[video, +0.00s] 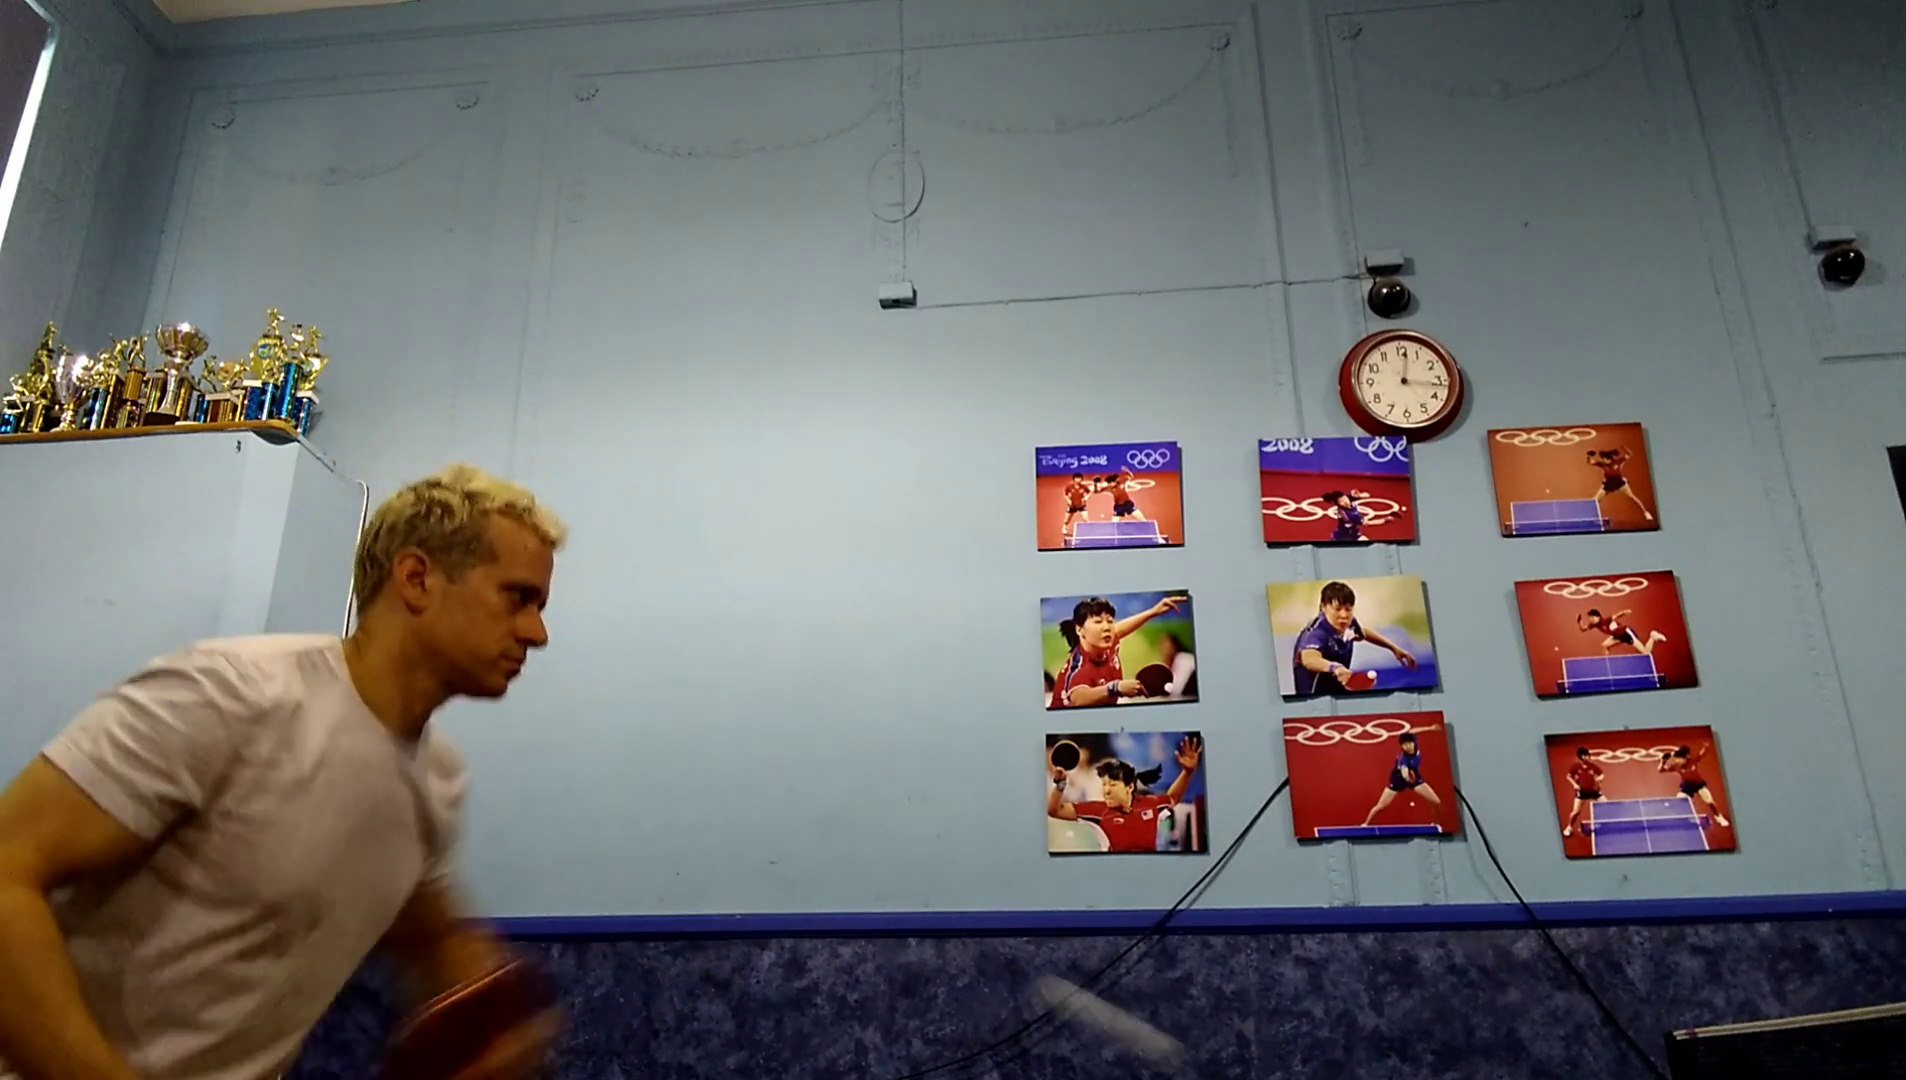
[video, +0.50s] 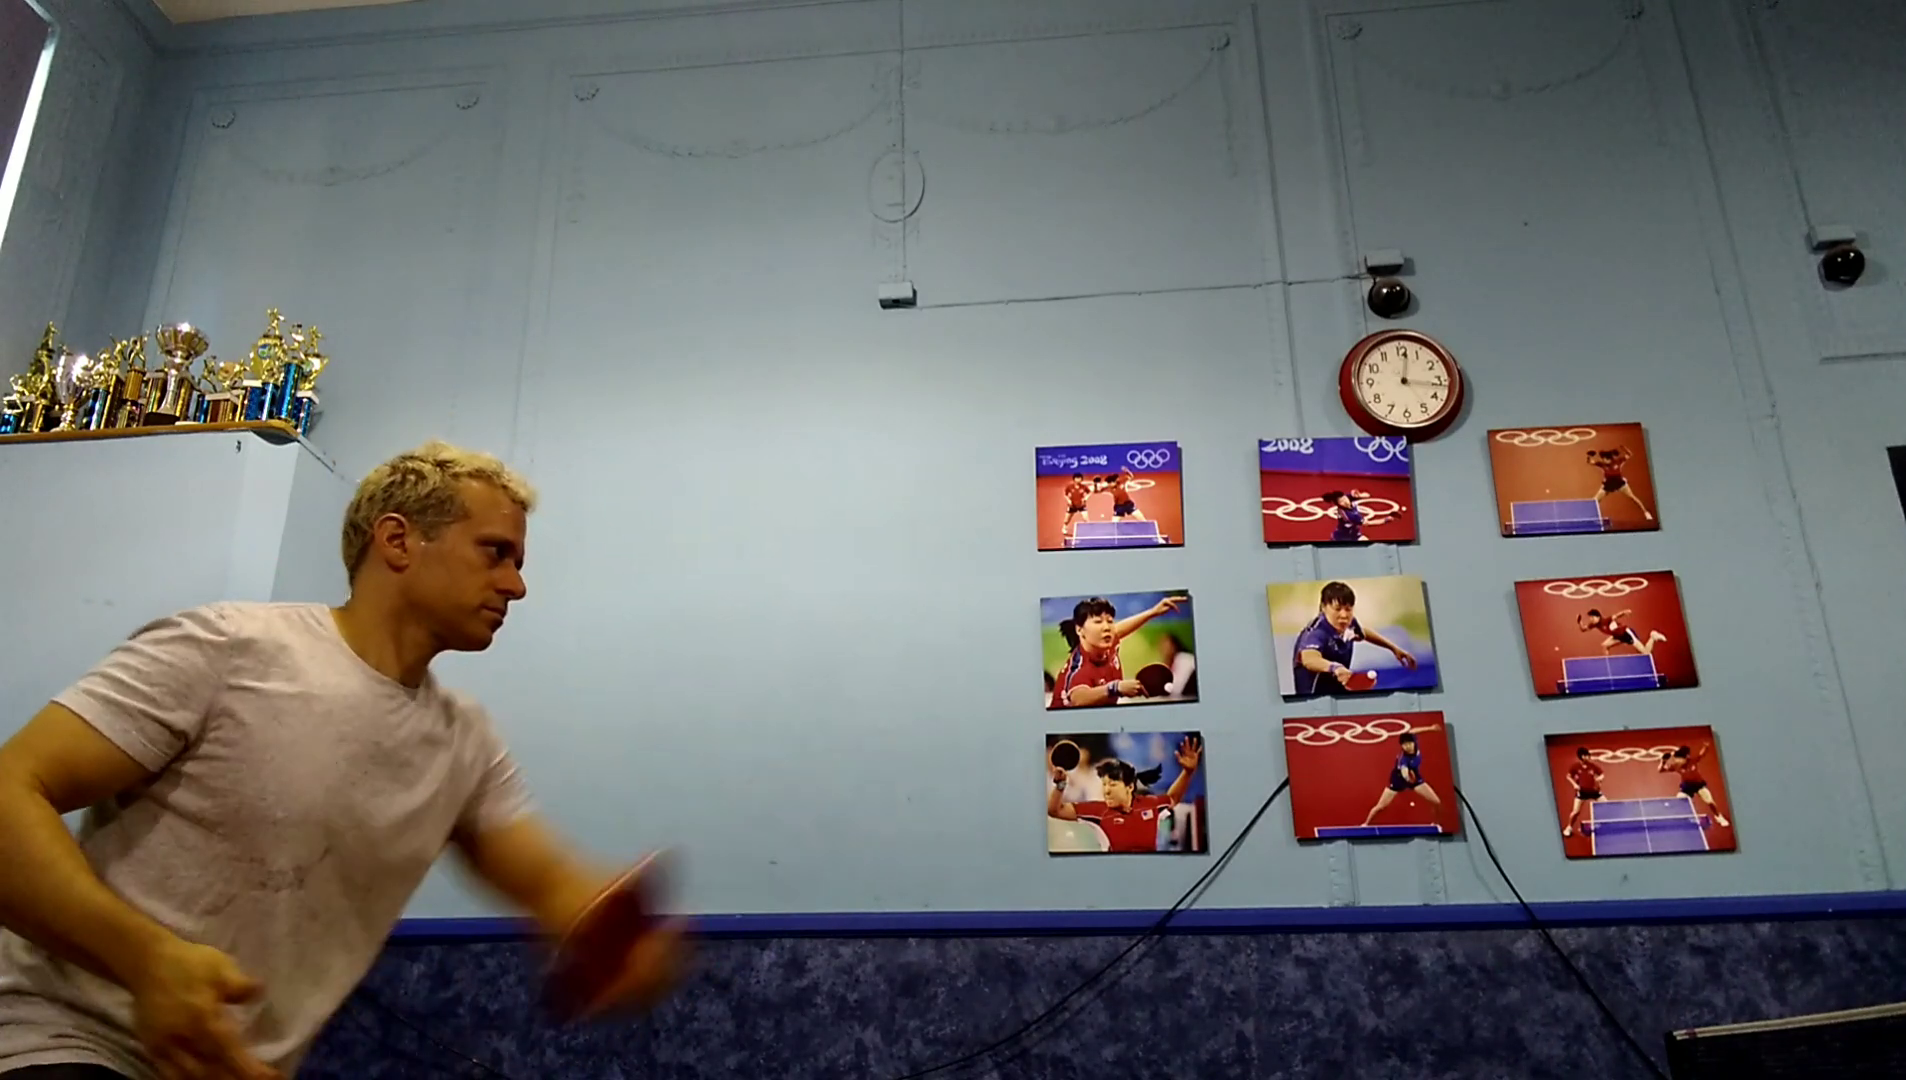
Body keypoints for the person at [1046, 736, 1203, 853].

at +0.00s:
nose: (1107, 790)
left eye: (1113, 785)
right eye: (1104, 785)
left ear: (1130, 787)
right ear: (1101, 787)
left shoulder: (1151, 804)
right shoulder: (1100, 811)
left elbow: (1172, 798)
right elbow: (1055, 811)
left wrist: (1188, 772)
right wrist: (1060, 785)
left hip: (1151, 872)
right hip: (1116, 874)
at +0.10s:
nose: (1107, 790)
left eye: (1113, 785)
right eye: (1104, 785)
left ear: (1130, 787)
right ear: (1101, 787)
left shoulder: (1151, 804)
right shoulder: (1100, 811)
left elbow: (1172, 798)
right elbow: (1055, 811)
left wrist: (1188, 771)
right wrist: (1060, 785)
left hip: (1151, 872)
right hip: (1116, 874)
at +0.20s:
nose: (1107, 790)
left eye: (1113, 785)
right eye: (1104, 785)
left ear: (1130, 787)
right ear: (1101, 787)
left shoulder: (1151, 804)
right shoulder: (1100, 811)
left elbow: (1172, 798)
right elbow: (1055, 811)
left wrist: (1188, 771)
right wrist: (1059, 785)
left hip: (1152, 872)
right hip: (1117, 874)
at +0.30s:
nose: (1107, 790)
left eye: (1113, 785)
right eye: (1104, 785)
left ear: (1130, 787)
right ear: (1101, 787)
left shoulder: (1151, 804)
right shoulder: (1100, 811)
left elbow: (1172, 798)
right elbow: (1055, 811)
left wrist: (1188, 771)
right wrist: (1059, 785)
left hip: (1152, 872)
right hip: (1117, 874)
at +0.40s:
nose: (1107, 790)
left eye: (1113, 785)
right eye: (1104, 785)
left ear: (1130, 787)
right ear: (1101, 787)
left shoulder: (1151, 804)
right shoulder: (1100, 811)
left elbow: (1172, 798)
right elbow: (1055, 811)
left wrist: (1188, 771)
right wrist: (1059, 785)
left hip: (1152, 872)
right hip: (1117, 874)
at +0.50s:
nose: (1107, 790)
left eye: (1113, 785)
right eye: (1104, 785)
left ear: (1130, 787)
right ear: (1101, 787)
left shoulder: (1151, 804)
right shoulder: (1100, 811)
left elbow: (1172, 798)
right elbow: (1055, 811)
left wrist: (1188, 771)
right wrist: (1059, 785)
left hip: (1151, 872)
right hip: (1116, 874)